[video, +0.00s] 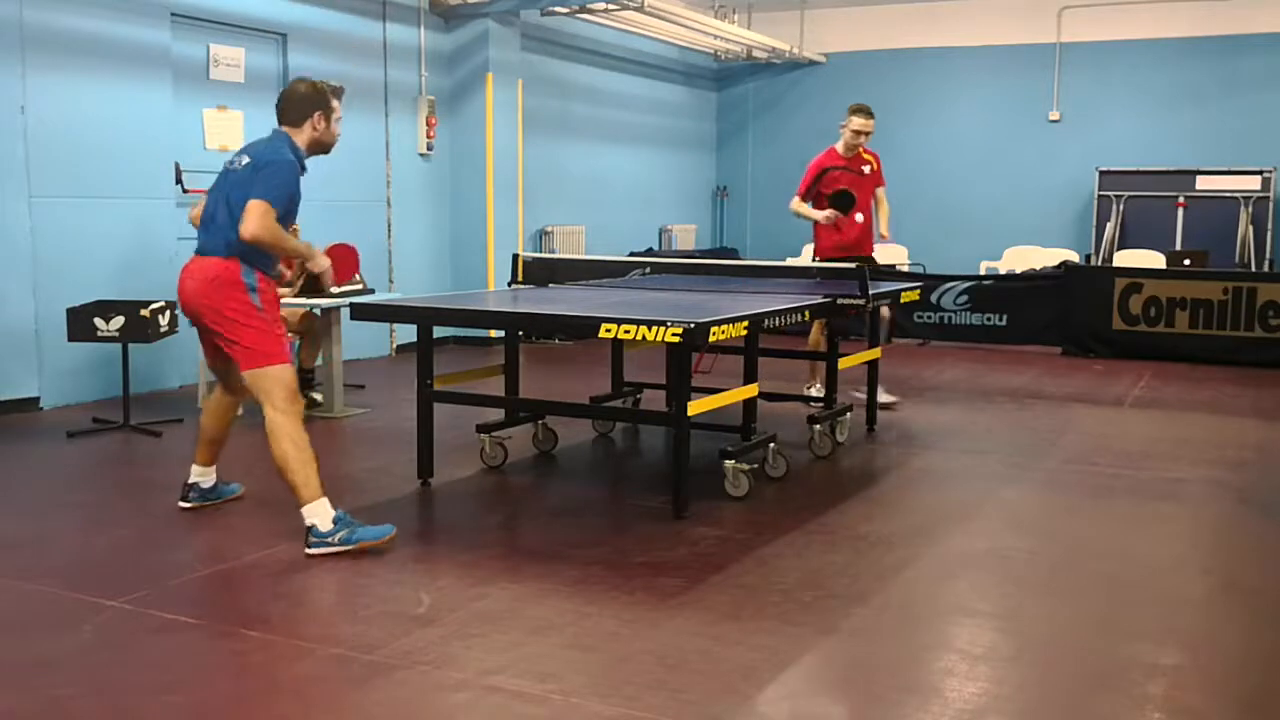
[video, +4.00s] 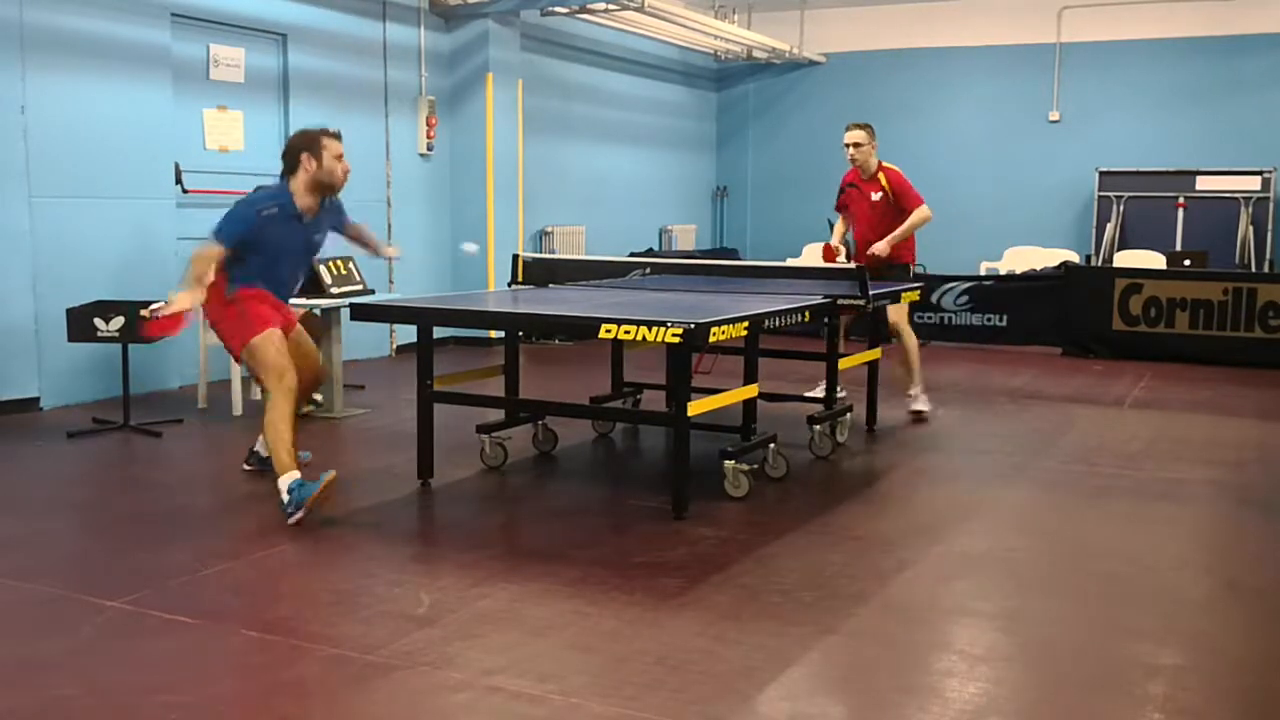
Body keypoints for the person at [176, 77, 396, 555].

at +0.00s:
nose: (340, 128)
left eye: (339, 119)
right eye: (336, 119)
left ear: (295, 120)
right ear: (315, 121)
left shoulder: (252, 152)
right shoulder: (283, 161)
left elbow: (201, 216)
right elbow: (255, 226)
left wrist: (272, 255)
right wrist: (309, 252)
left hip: (199, 278)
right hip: (233, 281)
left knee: (231, 384)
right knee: (282, 400)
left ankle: (200, 481)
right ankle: (323, 522)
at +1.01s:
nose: (349, 224)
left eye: (348, 215)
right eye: (346, 214)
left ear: (296, 211)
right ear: (327, 217)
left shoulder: (259, 229)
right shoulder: (291, 249)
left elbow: (187, 248)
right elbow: (285, 336)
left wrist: (182, 303)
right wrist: (329, 322)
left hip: (159, 328)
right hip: (188, 334)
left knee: (227, 379)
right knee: (311, 397)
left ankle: (191, 482)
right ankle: (297, 526)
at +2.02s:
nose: (338, 181)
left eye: (337, 173)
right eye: (337, 174)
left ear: (286, 177)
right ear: (325, 180)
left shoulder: (258, 202)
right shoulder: (298, 222)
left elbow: (234, 277)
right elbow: (305, 313)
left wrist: (274, 316)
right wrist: (347, 279)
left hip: (168, 315)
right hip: (207, 321)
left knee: (219, 382)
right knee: (323, 401)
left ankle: (190, 483)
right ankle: (300, 525)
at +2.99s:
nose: (329, 144)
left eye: (325, 135)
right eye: (323, 136)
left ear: (283, 146)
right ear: (305, 145)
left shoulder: (242, 183)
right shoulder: (291, 195)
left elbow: (187, 227)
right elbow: (296, 279)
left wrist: (216, 274)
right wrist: (348, 262)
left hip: (197, 312)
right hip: (239, 315)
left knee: (239, 386)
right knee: (332, 404)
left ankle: (193, 481)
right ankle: (301, 526)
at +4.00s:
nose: (346, 167)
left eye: (344, 159)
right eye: (338, 159)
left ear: (314, 165)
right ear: (308, 163)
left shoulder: (328, 207)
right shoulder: (258, 206)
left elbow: (351, 231)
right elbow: (207, 255)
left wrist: (379, 248)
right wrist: (193, 288)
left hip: (272, 299)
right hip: (234, 295)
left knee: (310, 368)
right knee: (281, 375)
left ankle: (265, 449)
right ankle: (290, 486)